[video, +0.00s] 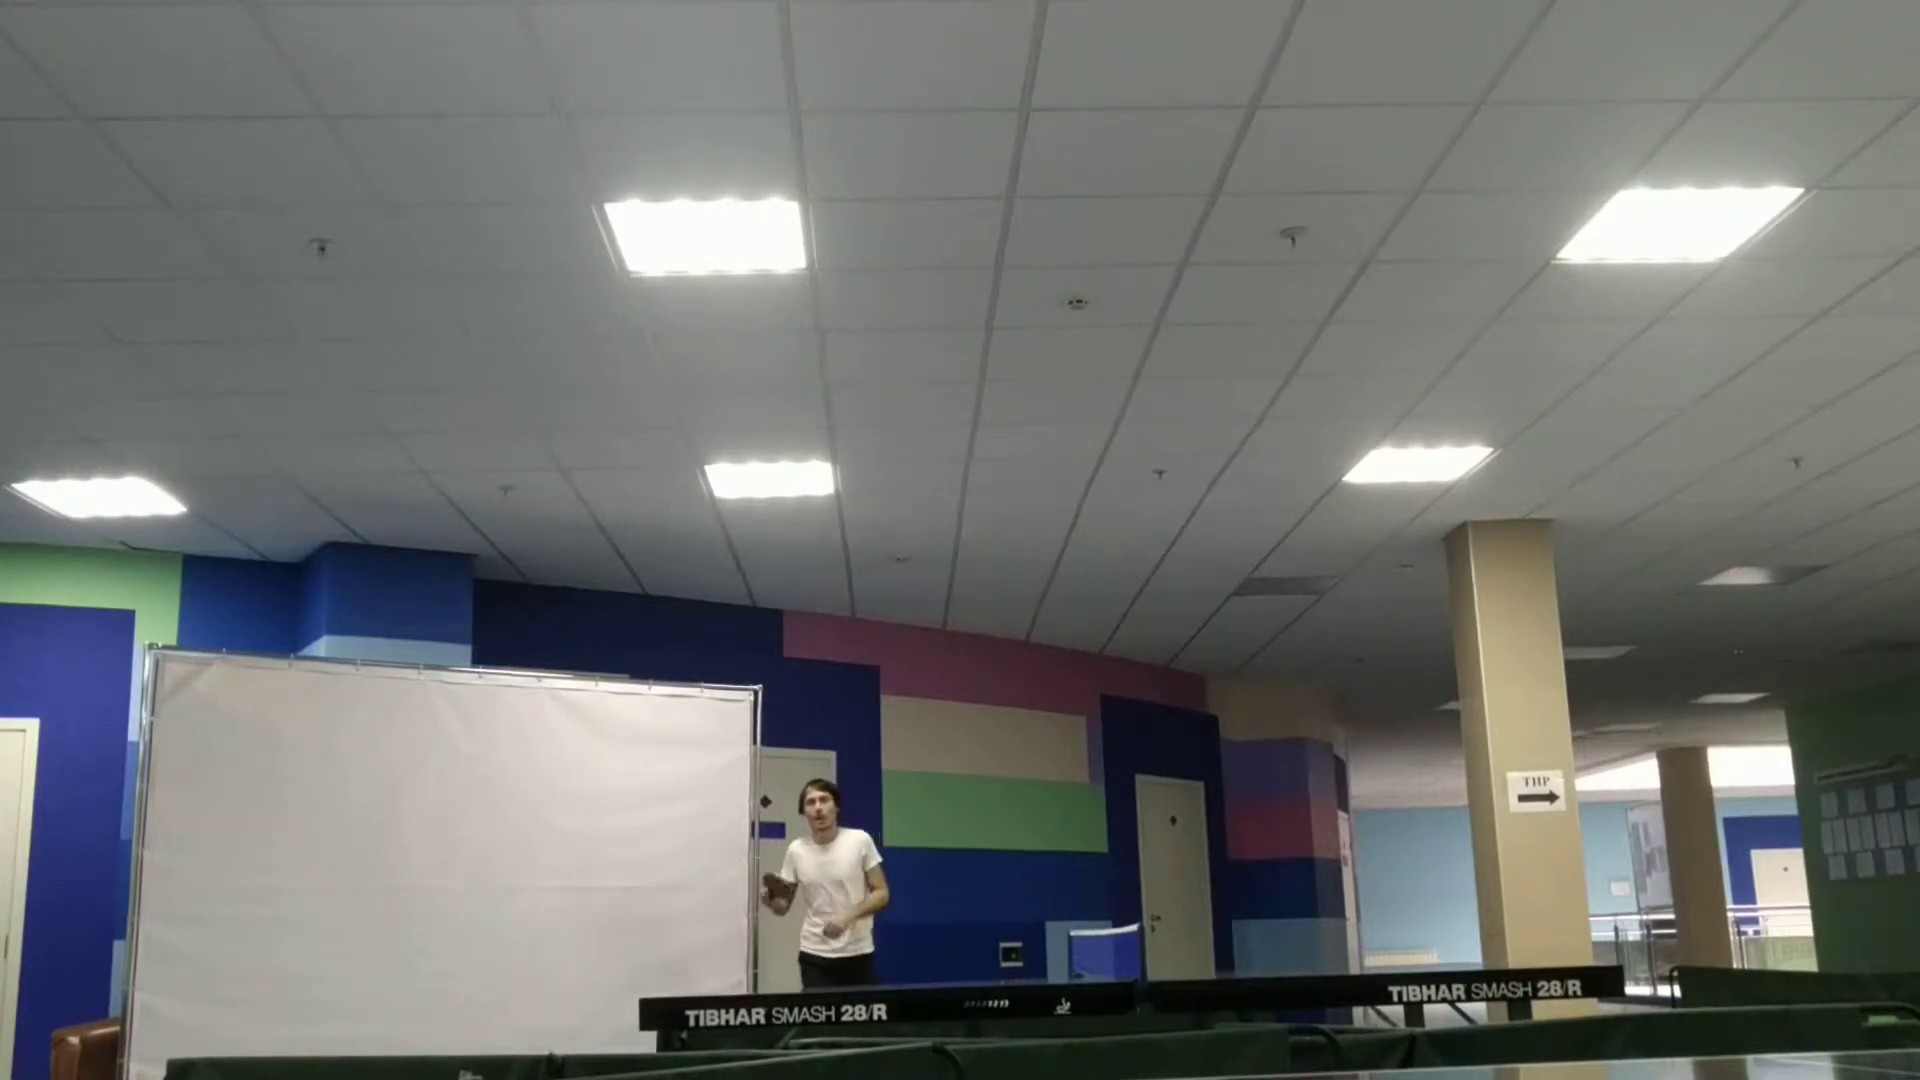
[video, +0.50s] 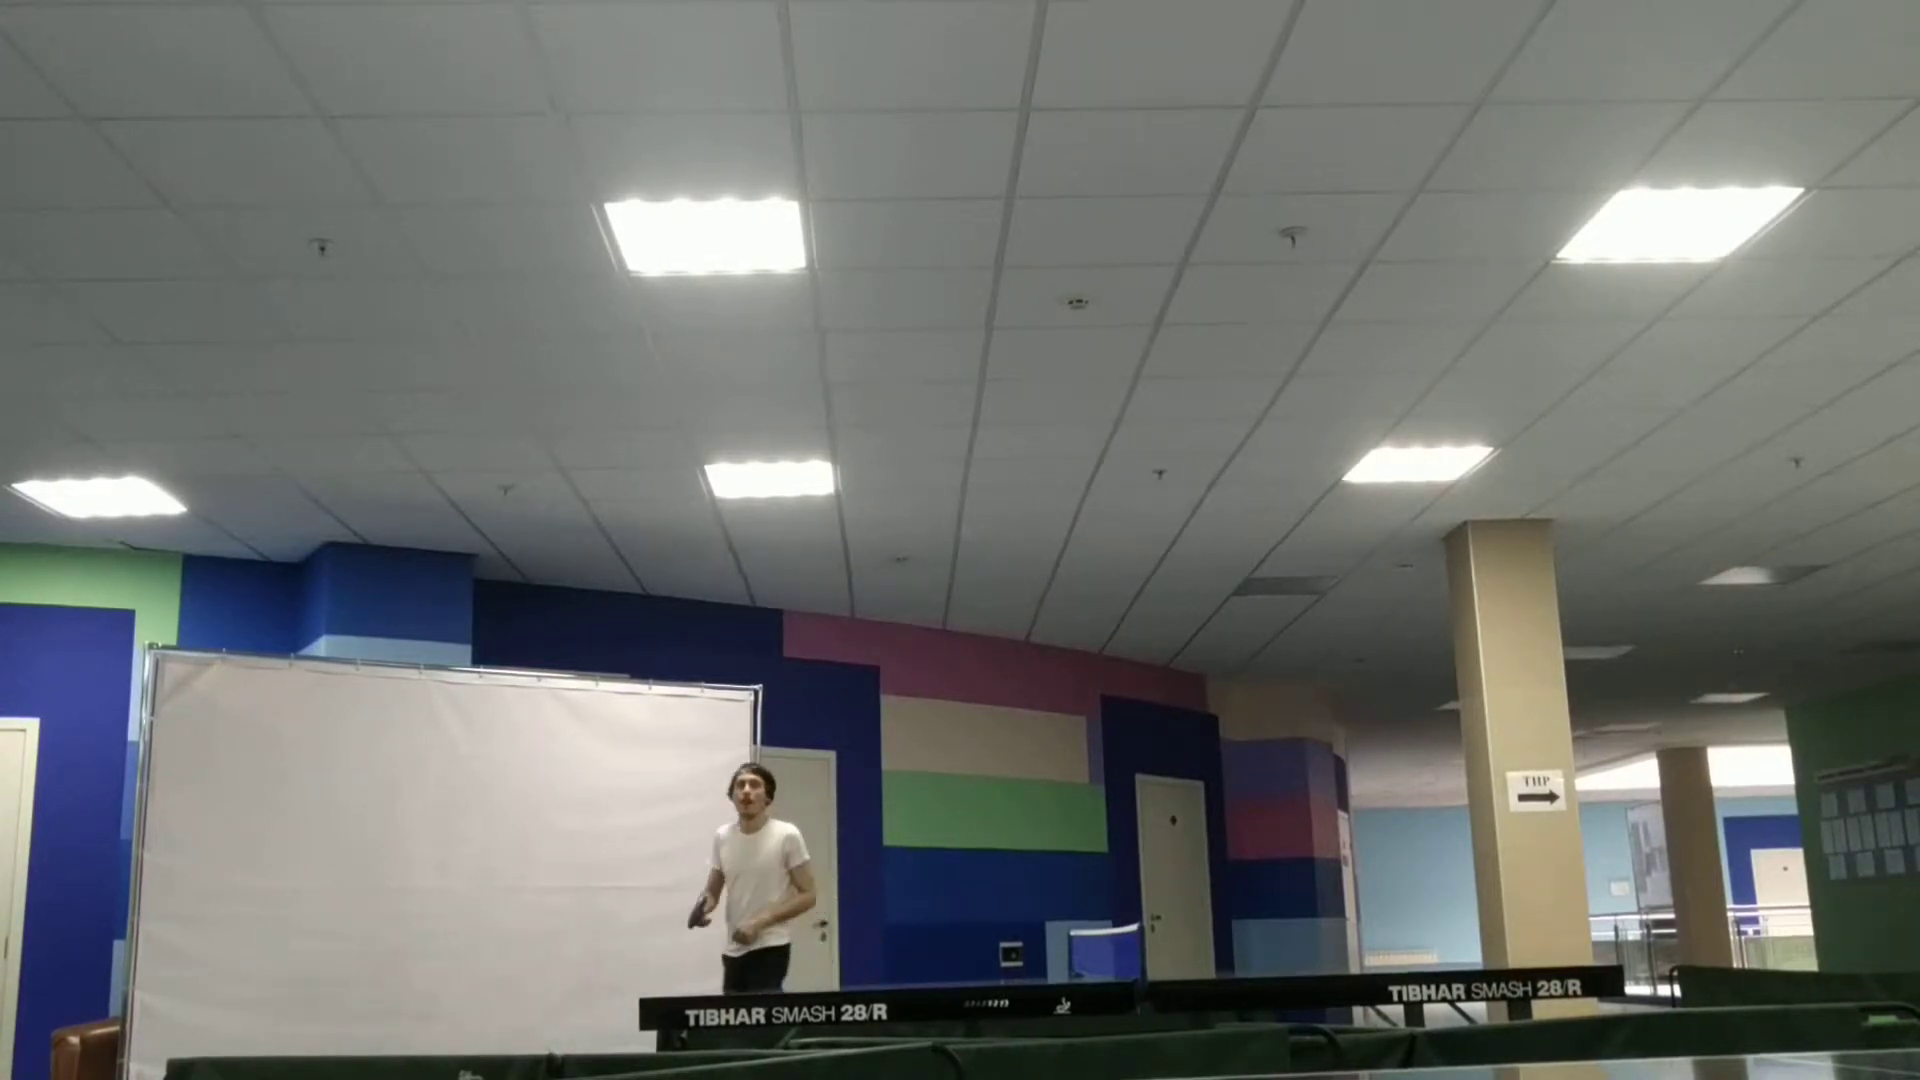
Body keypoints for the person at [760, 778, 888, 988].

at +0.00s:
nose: (818, 809)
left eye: (824, 800)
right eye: (811, 803)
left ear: (836, 806)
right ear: (803, 811)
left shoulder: (860, 841)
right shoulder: (796, 850)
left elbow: (882, 893)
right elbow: (783, 906)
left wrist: (846, 917)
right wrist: (773, 901)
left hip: (857, 955)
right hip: (815, 956)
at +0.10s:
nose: (808, 800)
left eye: (814, 792)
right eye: (801, 794)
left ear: (827, 798)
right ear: (793, 803)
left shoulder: (850, 834)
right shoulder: (787, 843)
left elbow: (871, 888)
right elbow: (776, 894)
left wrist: (831, 913)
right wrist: (767, 903)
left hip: (844, 946)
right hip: (804, 947)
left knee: (845, 1019)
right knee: (810, 1019)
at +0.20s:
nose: (796, 798)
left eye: (803, 791)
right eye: (789, 792)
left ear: (816, 798)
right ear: (781, 800)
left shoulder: (837, 833)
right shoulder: (775, 842)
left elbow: (858, 888)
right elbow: (765, 890)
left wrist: (815, 915)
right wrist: (760, 909)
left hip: (831, 945)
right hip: (793, 948)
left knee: (833, 1020)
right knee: (805, 1020)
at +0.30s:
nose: (781, 802)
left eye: (789, 795)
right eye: (775, 795)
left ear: (802, 803)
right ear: (767, 803)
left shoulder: (822, 839)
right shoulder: (759, 845)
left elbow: (845, 894)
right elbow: (748, 895)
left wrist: (802, 920)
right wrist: (743, 911)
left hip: (815, 948)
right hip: (778, 951)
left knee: (809, 1020)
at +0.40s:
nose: (766, 798)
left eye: (774, 792)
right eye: (760, 792)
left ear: (787, 803)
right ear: (751, 802)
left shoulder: (806, 840)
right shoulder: (743, 844)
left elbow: (826, 898)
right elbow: (729, 896)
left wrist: (782, 925)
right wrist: (722, 914)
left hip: (793, 950)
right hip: (756, 952)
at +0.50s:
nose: (747, 791)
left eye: (755, 785)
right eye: (741, 785)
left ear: (768, 797)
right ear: (732, 795)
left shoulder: (786, 836)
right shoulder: (723, 837)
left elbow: (808, 896)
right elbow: (712, 891)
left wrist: (757, 923)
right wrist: (702, 910)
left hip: (771, 949)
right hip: (734, 951)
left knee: (760, 1025)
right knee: (733, 1025)